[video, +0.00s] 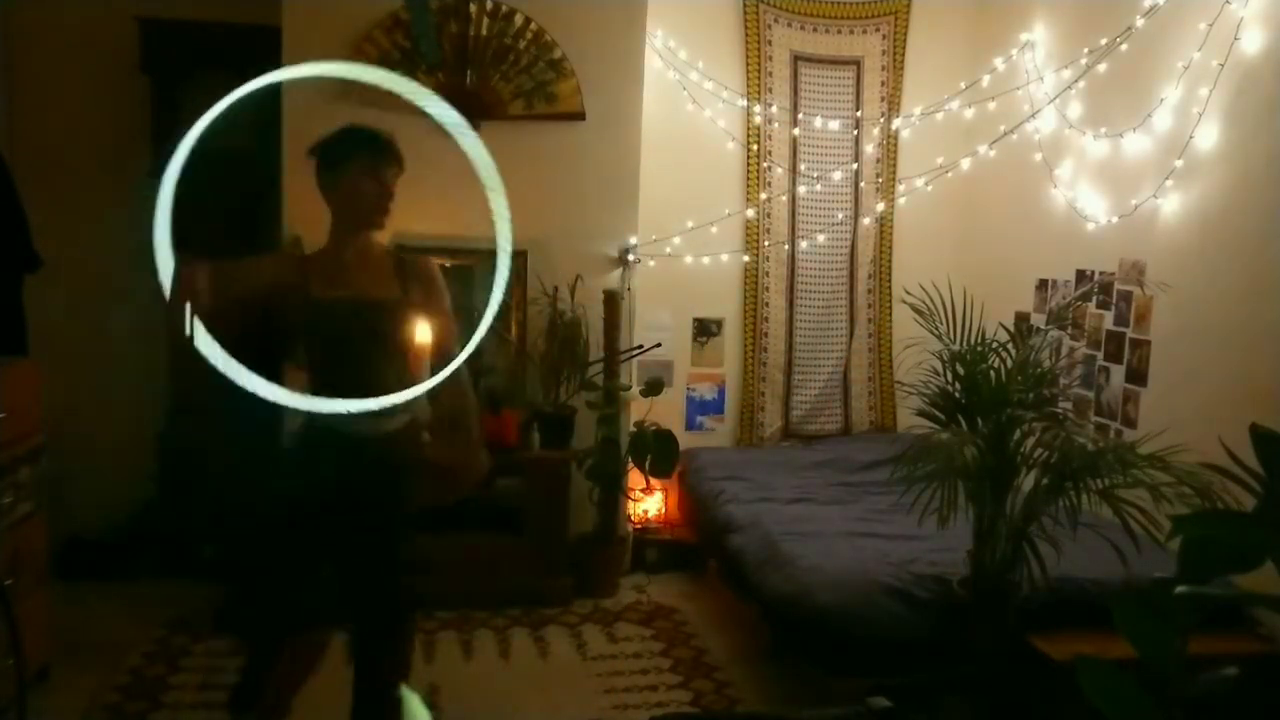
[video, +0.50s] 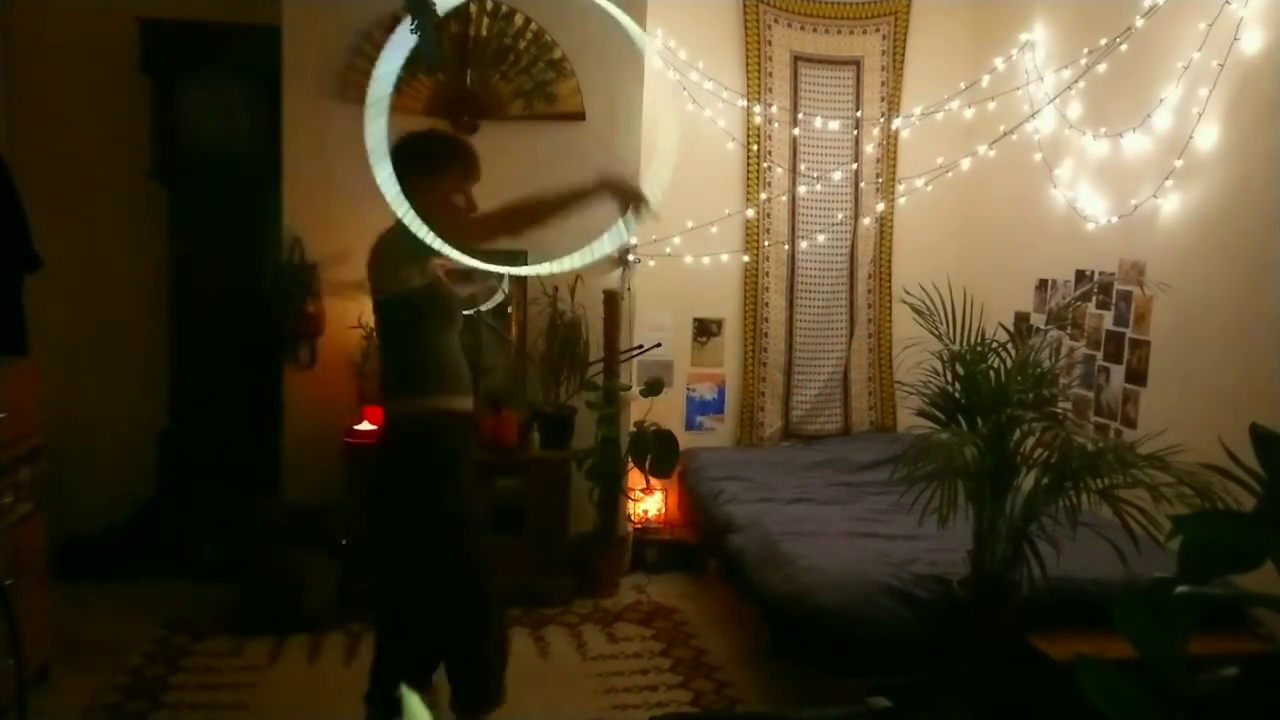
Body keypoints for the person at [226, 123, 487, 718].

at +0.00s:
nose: (388, 191)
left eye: (391, 179)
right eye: (372, 178)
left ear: (396, 188)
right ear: (330, 187)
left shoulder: (417, 277)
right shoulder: (296, 274)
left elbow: (448, 373)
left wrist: (464, 445)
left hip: (395, 460)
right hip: (319, 459)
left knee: (385, 636)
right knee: (297, 632)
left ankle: (378, 705)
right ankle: (255, 705)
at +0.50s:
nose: (472, 203)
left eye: (471, 189)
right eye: (462, 189)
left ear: (429, 187)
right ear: (423, 186)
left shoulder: (433, 257)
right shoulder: (399, 249)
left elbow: (516, 261)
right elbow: (502, 224)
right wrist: (600, 191)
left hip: (450, 447)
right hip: (418, 450)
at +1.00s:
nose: (504, 222)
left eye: (506, 208)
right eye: (502, 207)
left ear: (441, 203)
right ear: (478, 206)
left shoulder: (380, 283)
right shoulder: (502, 276)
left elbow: (368, 405)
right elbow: (514, 375)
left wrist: (363, 500)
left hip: (416, 465)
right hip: (488, 466)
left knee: (394, 622)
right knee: (486, 628)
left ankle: (361, 710)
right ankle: (475, 711)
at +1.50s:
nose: (500, 229)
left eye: (501, 215)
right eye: (495, 213)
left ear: (445, 210)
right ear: (462, 210)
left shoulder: (414, 284)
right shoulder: (437, 287)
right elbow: (563, 320)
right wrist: (641, 256)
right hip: (451, 469)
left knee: (414, 626)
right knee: (478, 633)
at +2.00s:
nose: (478, 194)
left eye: (482, 180)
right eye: (463, 181)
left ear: (488, 186)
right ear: (438, 190)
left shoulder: (492, 274)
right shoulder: (420, 273)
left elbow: (518, 356)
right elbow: (371, 333)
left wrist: (581, 405)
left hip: (493, 456)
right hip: (446, 459)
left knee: (489, 612)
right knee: (485, 615)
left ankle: (458, 706)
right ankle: (456, 708)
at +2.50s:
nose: (495, 212)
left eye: (499, 198)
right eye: (485, 199)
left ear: (498, 204)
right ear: (450, 201)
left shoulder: (491, 281)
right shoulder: (422, 281)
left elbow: (517, 367)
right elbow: (397, 215)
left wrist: (577, 407)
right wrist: (478, 231)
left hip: (517, 451)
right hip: (461, 468)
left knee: (631, 459)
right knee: (505, 638)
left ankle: (607, 568)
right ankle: (462, 714)